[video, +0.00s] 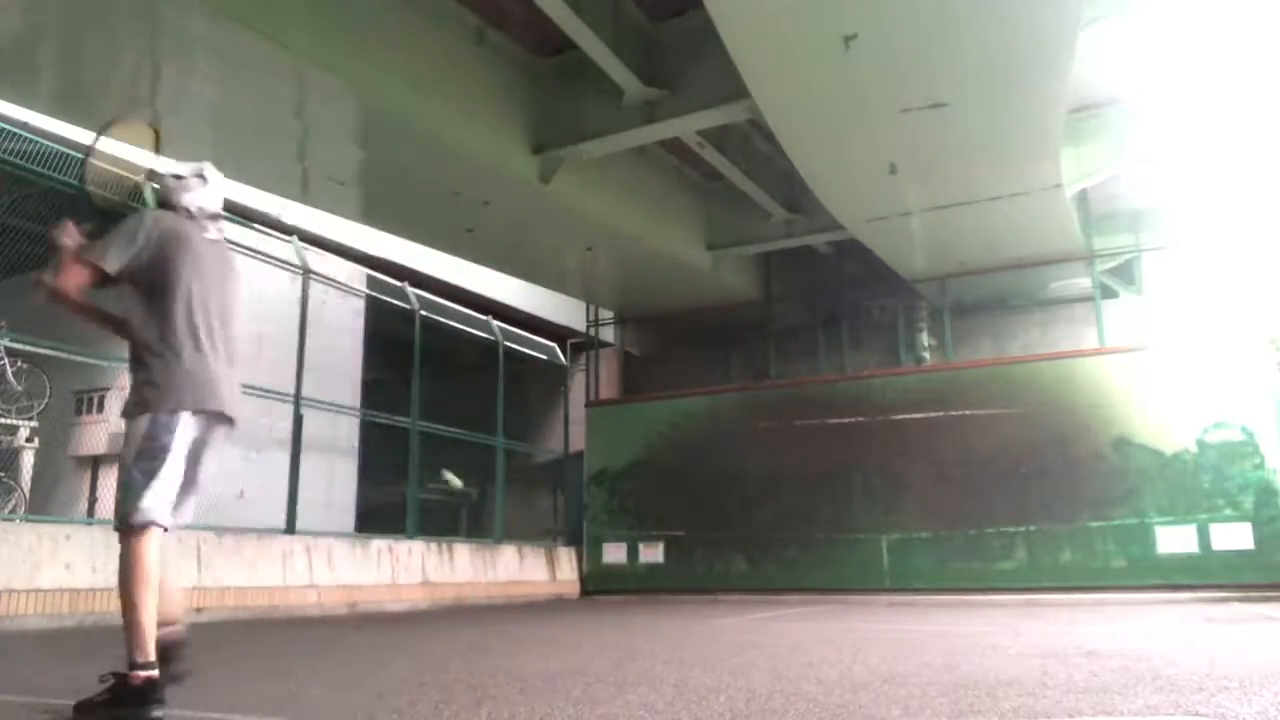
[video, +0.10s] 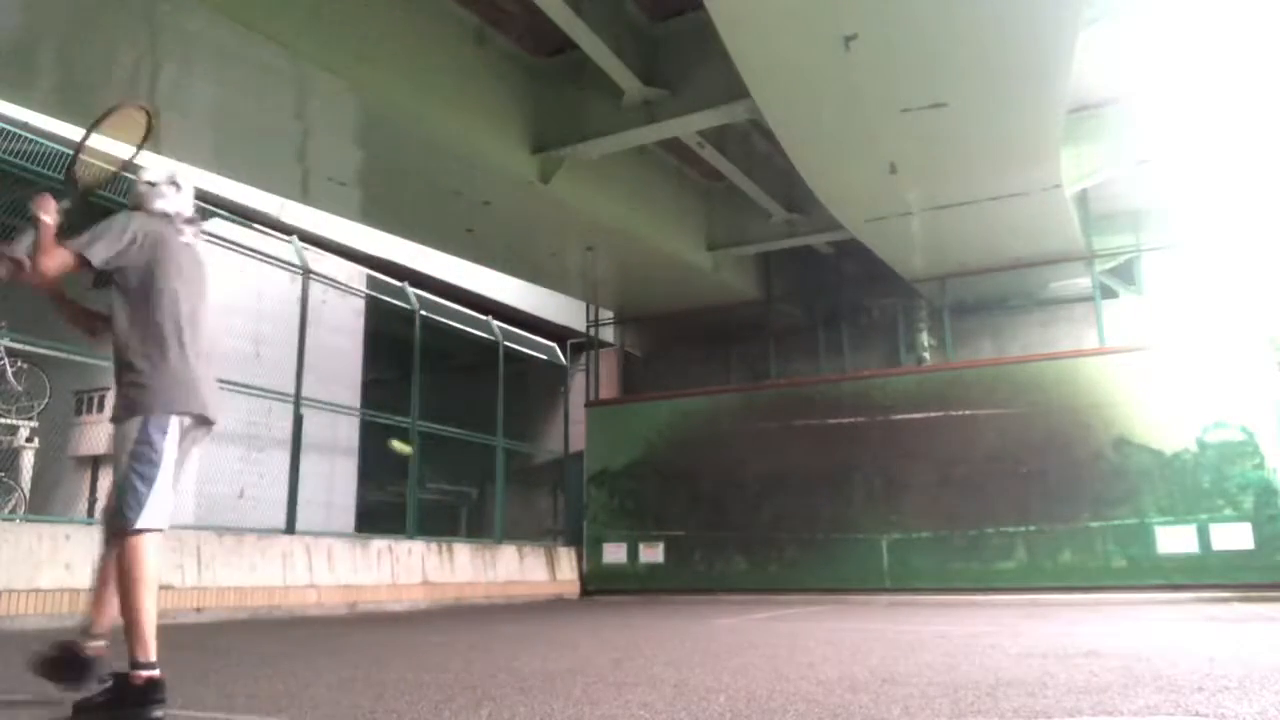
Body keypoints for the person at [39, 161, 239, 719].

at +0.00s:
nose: (156, 193)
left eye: (161, 188)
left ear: (166, 194)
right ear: (210, 204)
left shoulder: (156, 225)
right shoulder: (220, 253)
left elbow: (69, 282)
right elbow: (151, 332)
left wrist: (70, 247)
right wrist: (74, 298)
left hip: (166, 396)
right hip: (215, 399)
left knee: (139, 528)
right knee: (159, 526)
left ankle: (141, 675)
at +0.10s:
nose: (131, 202)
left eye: (136, 196)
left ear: (141, 199)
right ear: (184, 207)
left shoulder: (140, 229)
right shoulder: (189, 252)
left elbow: (47, 267)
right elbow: (105, 328)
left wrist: (48, 222)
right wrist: (41, 284)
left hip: (155, 400)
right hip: (193, 401)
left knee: (131, 530)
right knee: (119, 524)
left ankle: (144, 674)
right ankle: (87, 648)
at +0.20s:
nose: (88, 231)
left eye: (91, 222)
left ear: (106, 217)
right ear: (147, 219)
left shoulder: (123, 240)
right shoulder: (149, 268)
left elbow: (53, 266)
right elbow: (58, 322)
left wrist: (41, 212)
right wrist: (16, 278)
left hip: (140, 416)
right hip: (161, 415)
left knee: (102, 544)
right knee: (96, 545)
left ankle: (144, 674)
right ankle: (36, 644)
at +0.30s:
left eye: (65, 249)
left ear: (78, 247)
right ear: (108, 248)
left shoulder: (97, 269)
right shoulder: (108, 286)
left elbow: (79, 316)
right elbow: (51, 341)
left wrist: (36, 255)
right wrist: (13, 347)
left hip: (122, 434)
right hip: (129, 434)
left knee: (75, 561)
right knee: (66, 558)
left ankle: (141, 674)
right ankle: (12, 652)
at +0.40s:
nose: (29, 296)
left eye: (35, 287)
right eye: (30, 288)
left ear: (52, 285)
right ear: (70, 283)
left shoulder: (70, 311)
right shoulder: (62, 324)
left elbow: (82, 372)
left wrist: (19, 374)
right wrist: (17, 396)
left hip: (87, 461)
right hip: (79, 462)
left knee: (60, 566)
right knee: (34, 563)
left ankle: (141, 666)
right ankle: (1, 654)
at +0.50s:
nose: (12, 282)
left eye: (16, 275)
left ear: (18, 278)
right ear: (63, 281)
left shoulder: (10, 313)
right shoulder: (89, 322)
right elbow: (97, 387)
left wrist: (6, 433)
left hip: (42, 447)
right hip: (97, 453)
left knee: (39, 555)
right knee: (35, 559)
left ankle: (119, 639)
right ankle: (1, 654)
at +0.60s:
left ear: (5, 260)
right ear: (47, 262)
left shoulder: (3, 297)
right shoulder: (74, 296)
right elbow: (134, 339)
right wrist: (149, 351)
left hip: (20, 425)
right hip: (80, 430)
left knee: (24, 544)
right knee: (42, 550)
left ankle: (78, 612)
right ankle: (3, 654)